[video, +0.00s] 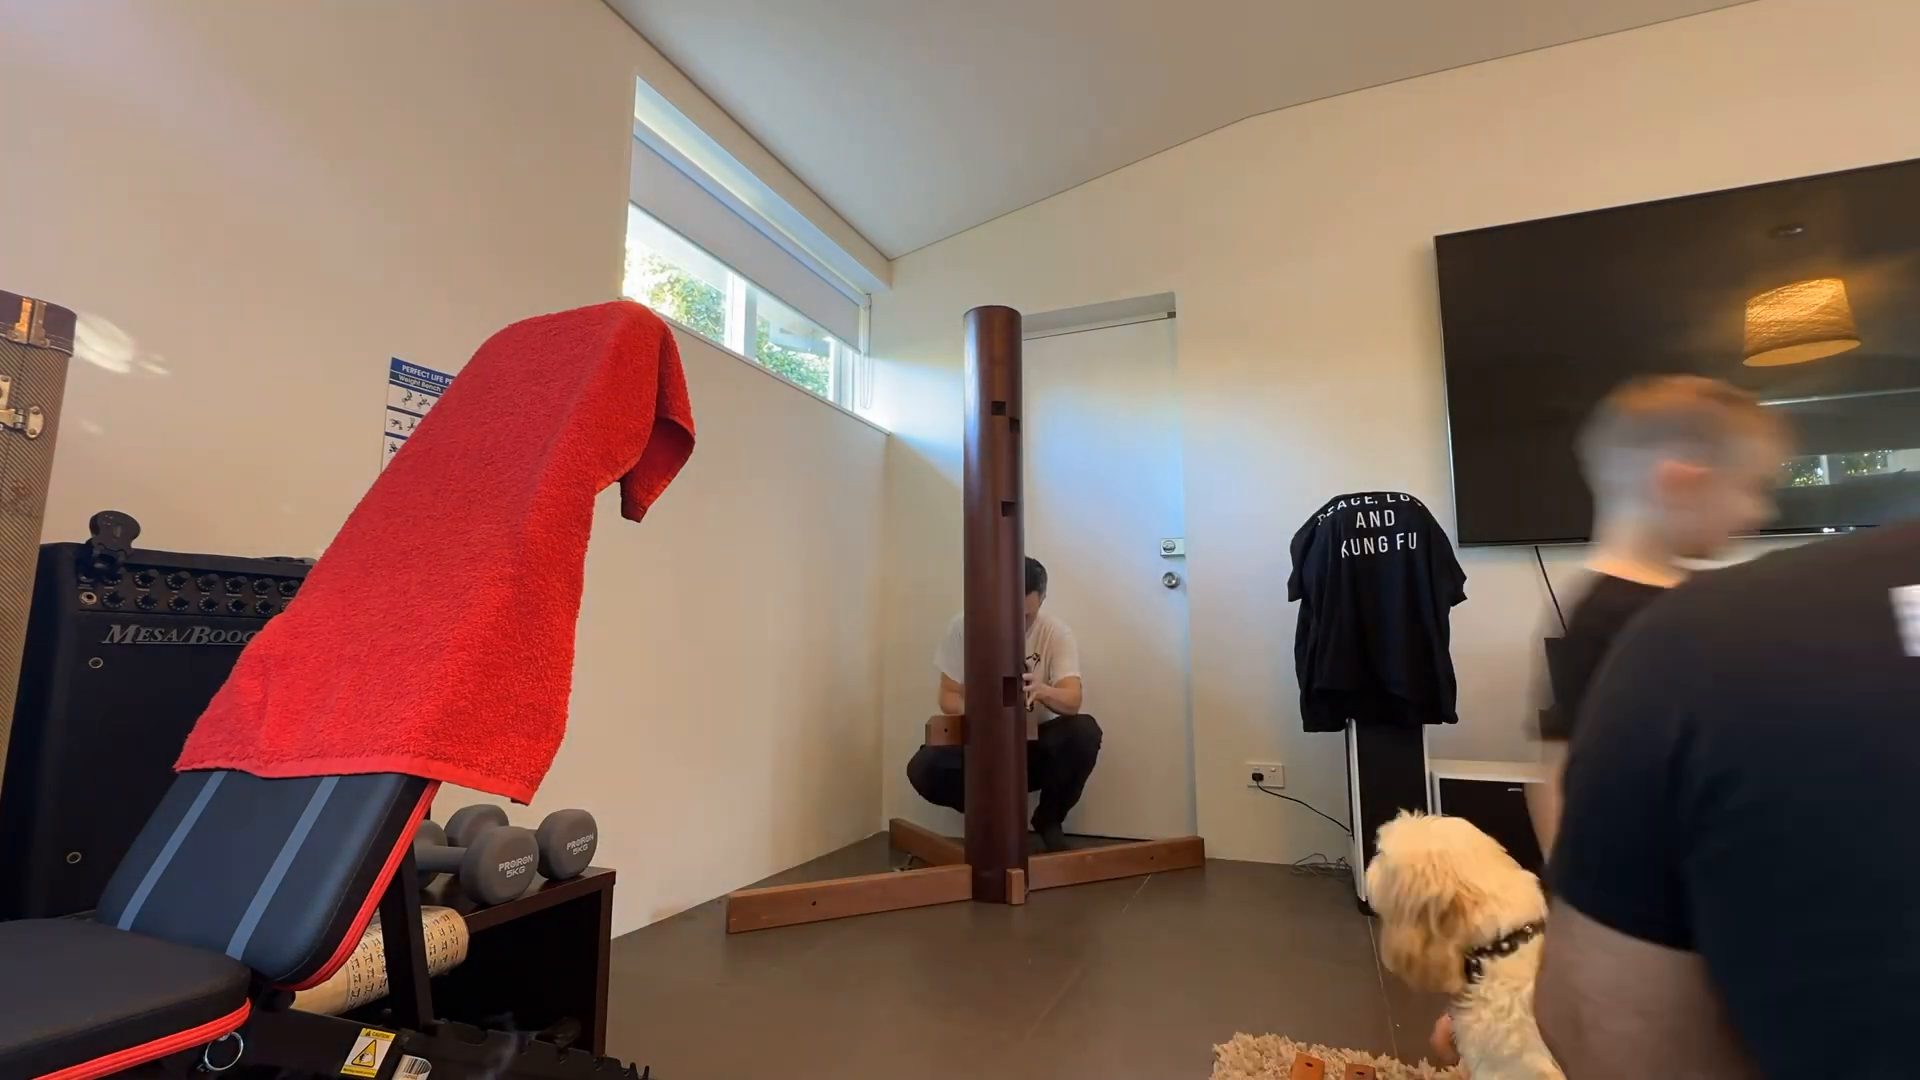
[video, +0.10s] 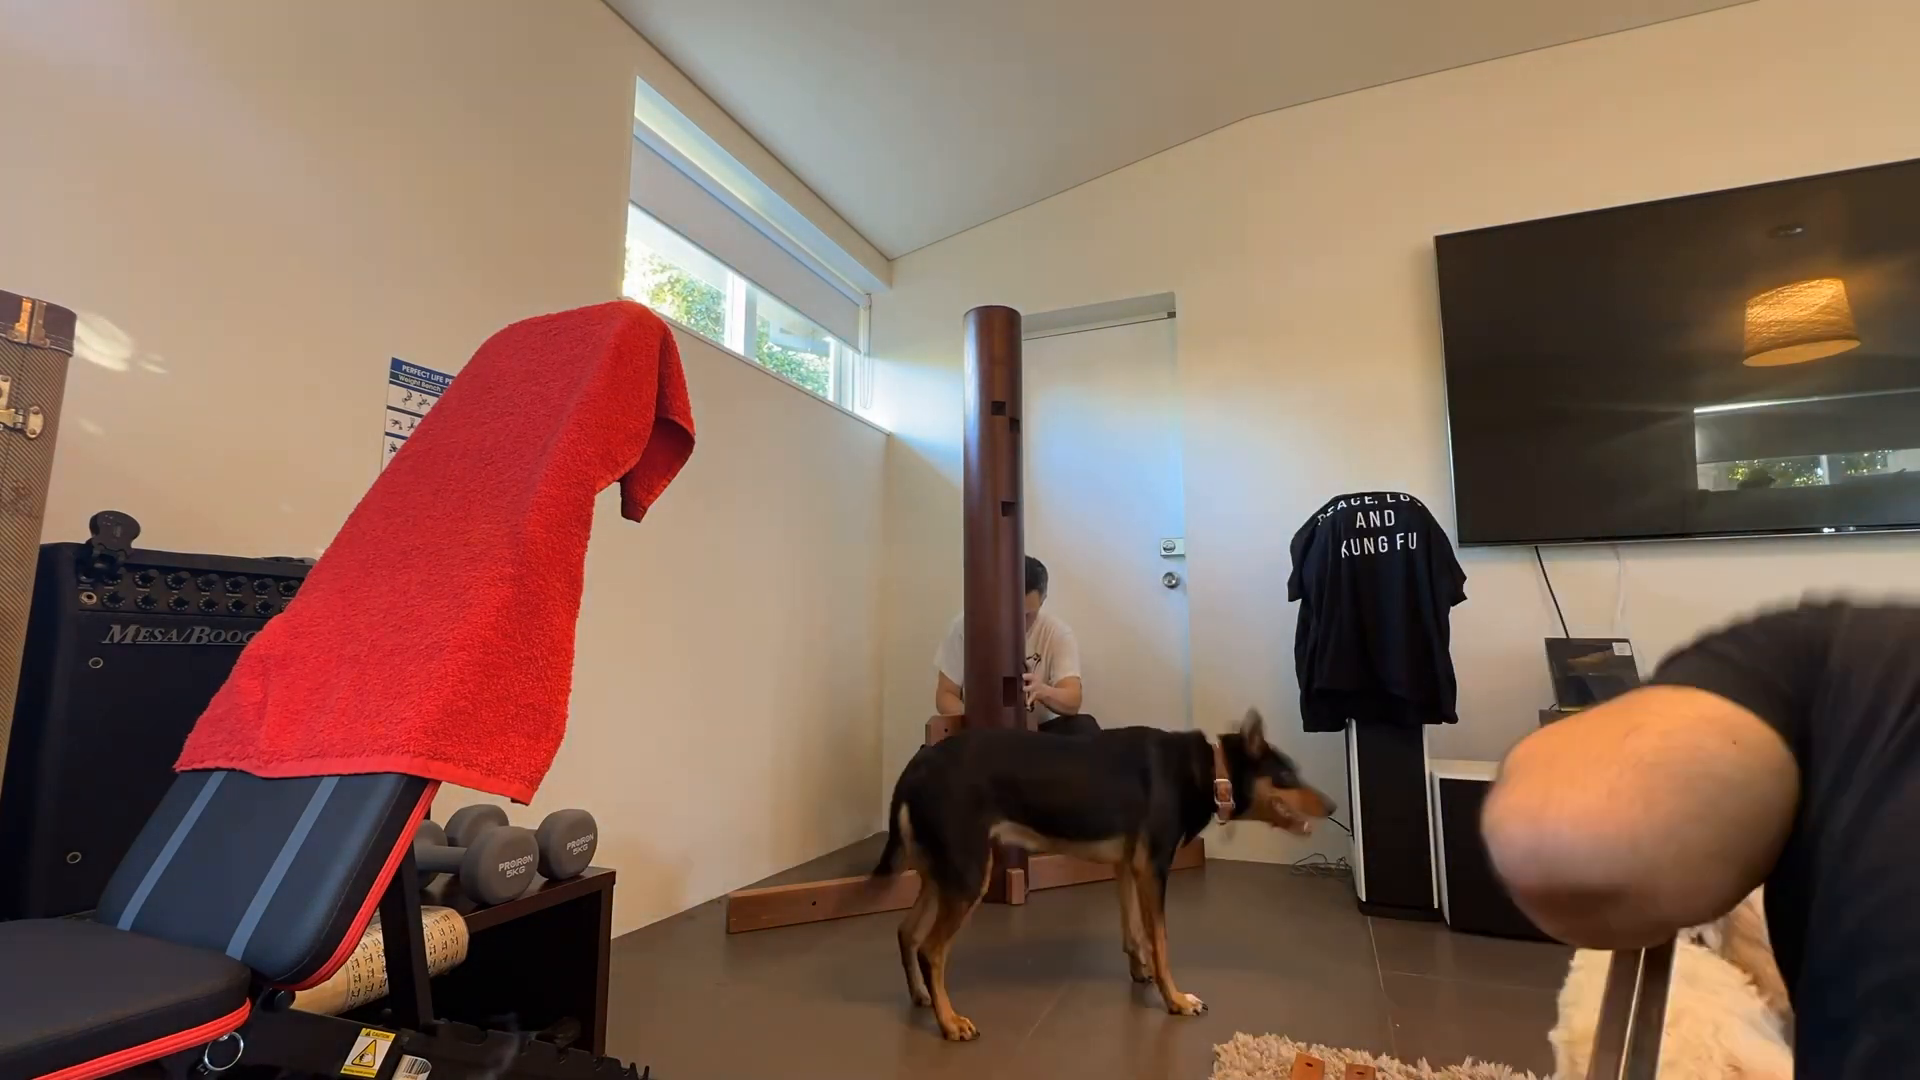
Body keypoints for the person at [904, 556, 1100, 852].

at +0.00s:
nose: (1020, 621)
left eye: (1028, 614)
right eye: (1013, 614)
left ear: (1041, 601)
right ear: (995, 603)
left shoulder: (1054, 633)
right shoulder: (965, 627)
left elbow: (1072, 703)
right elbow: (948, 701)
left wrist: (1043, 691)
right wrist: (994, 700)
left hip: (1033, 749)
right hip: (980, 750)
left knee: (1083, 732)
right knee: (924, 767)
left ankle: (1049, 819)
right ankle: (995, 815)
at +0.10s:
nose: (1019, 622)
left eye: (1028, 614)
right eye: (1011, 613)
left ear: (1041, 601)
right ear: (993, 603)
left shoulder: (1054, 632)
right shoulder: (966, 626)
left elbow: (1072, 701)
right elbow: (945, 696)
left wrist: (1042, 691)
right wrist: (976, 715)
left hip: (1036, 734)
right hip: (984, 734)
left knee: (1084, 726)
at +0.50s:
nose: (996, 590)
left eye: (1005, 580)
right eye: (988, 581)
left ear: (1019, 581)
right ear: (976, 583)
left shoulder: (1047, 632)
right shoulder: (958, 633)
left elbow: (1073, 699)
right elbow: (920, 696)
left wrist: (1043, 690)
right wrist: (932, 721)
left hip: (1035, 750)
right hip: (981, 753)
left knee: (1083, 729)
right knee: (952, 762)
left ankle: (1052, 820)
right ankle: (996, 829)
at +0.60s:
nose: (862, 652)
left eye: (865, 642)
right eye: (861, 638)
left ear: (827, 633)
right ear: (829, 632)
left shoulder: (831, 702)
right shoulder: (754, 696)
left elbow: (844, 779)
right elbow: (738, 798)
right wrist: (847, 793)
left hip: (826, 838)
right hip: (760, 849)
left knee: (922, 835)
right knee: (848, 830)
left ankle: (1027, 931)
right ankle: (1021, 884)